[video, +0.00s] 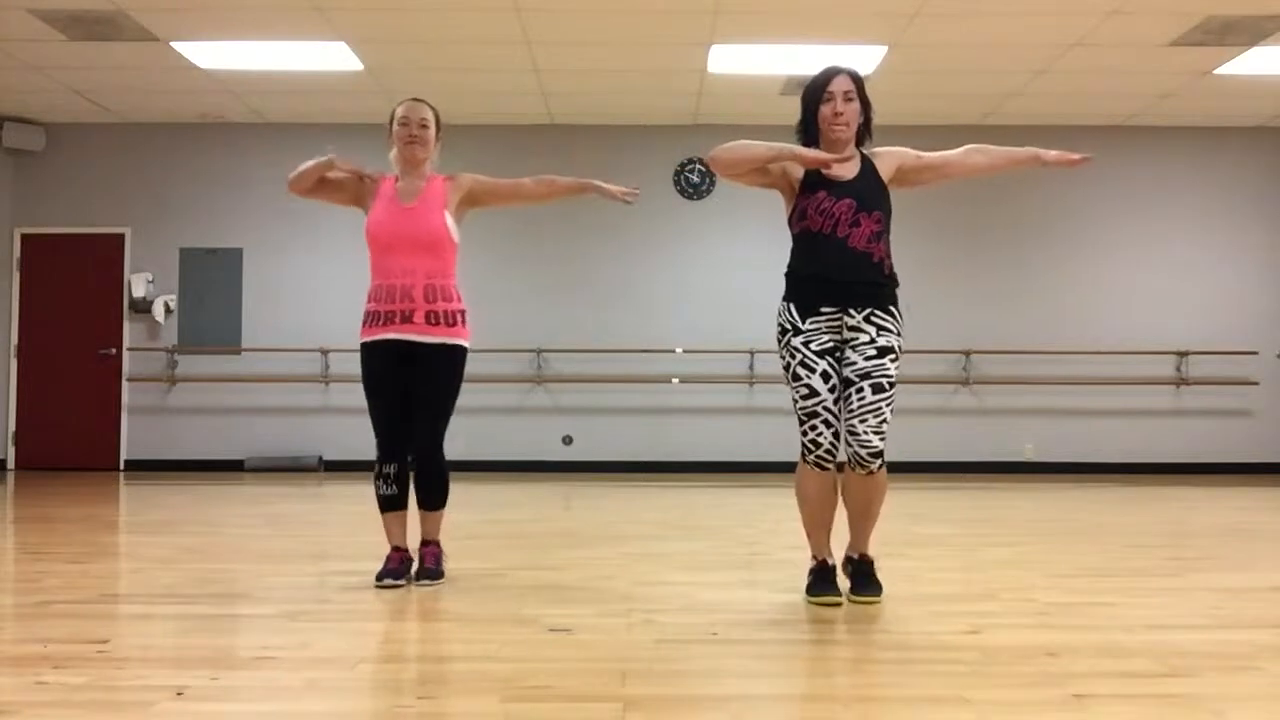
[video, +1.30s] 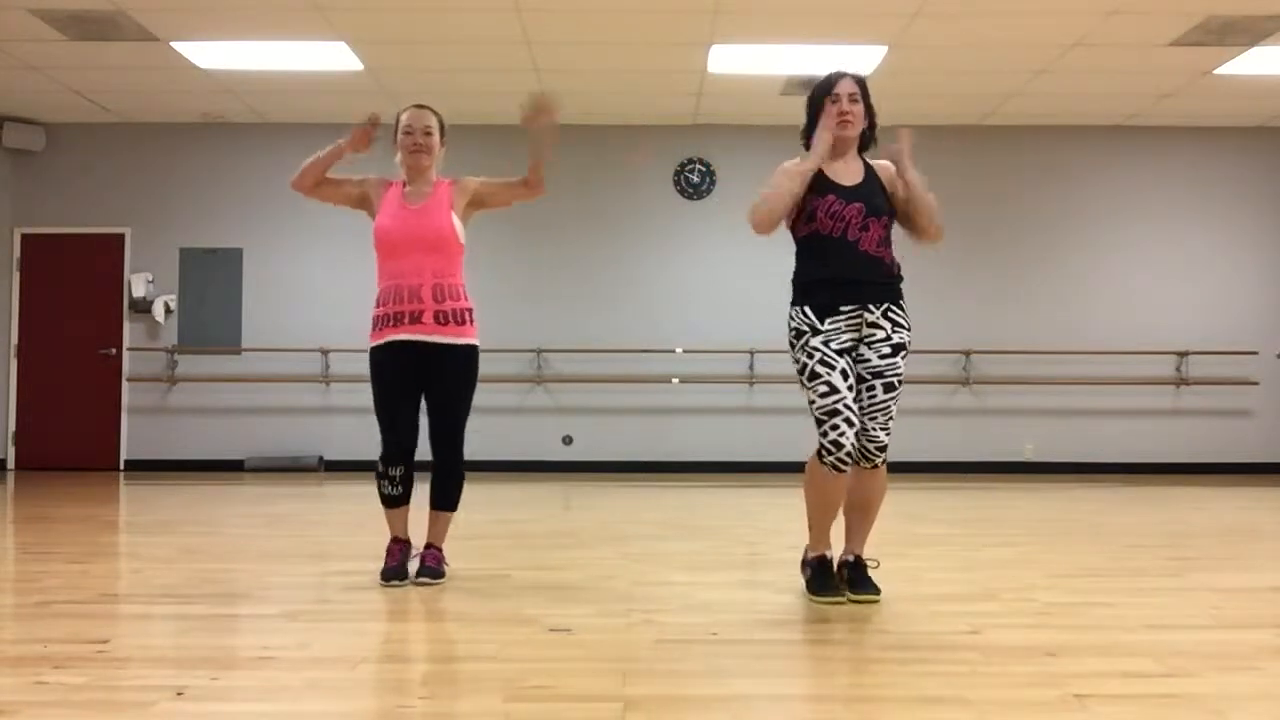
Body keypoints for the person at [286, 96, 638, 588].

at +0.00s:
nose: (413, 130)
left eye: (422, 124)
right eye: (404, 123)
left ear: (437, 138)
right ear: (391, 134)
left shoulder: (456, 188)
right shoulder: (370, 188)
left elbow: (530, 187)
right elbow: (298, 185)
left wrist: (595, 186)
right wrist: (326, 163)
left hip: (441, 335)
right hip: (383, 333)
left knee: (427, 444)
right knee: (390, 447)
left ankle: (429, 547)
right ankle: (396, 552)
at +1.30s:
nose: (416, 138)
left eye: (426, 132)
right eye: (408, 132)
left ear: (441, 144)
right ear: (395, 143)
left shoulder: (462, 191)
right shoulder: (376, 191)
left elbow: (533, 186)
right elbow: (303, 183)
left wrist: (541, 136)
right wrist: (345, 145)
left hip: (453, 339)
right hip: (393, 338)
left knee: (447, 448)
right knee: (397, 447)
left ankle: (433, 548)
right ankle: (397, 543)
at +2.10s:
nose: (419, 135)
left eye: (429, 129)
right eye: (410, 128)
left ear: (443, 140)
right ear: (397, 141)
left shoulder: (457, 184)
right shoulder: (385, 185)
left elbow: (448, 107)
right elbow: (382, 110)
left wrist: (435, 38)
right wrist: (389, 37)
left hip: (450, 333)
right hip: (392, 332)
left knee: (442, 447)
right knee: (393, 445)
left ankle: (433, 549)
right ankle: (399, 542)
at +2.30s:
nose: (418, 140)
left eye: (427, 134)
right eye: (410, 134)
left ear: (442, 145)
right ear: (395, 145)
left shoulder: (455, 191)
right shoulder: (383, 189)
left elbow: (465, 109)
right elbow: (361, 110)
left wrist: (475, 39)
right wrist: (351, 42)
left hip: (451, 339)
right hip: (391, 339)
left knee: (445, 447)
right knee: (396, 449)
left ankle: (434, 548)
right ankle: (402, 549)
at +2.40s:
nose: (416, 129)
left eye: (425, 124)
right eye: (407, 123)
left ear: (440, 137)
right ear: (394, 137)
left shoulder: (455, 183)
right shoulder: (380, 181)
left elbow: (479, 105)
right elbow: (350, 112)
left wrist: (502, 32)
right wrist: (326, 45)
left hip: (445, 330)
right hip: (387, 331)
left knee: (436, 443)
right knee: (393, 446)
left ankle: (432, 548)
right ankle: (401, 550)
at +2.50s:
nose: (415, 129)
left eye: (425, 124)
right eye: (406, 123)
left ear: (438, 137)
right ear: (393, 137)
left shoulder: (455, 184)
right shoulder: (378, 182)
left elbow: (487, 120)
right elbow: (339, 118)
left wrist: (518, 53)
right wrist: (304, 50)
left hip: (443, 335)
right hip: (385, 334)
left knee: (432, 443)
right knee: (393, 446)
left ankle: (432, 543)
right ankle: (401, 550)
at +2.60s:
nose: (413, 134)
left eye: (423, 128)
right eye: (405, 129)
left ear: (439, 141)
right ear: (393, 141)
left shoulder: (457, 187)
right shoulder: (378, 186)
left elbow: (499, 125)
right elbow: (333, 124)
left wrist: (540, 68)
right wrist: (289, 71)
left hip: (442, 338)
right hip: (384, 334)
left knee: (428, 446)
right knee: (391, 446)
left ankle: (430, 547)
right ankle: (400, 550)